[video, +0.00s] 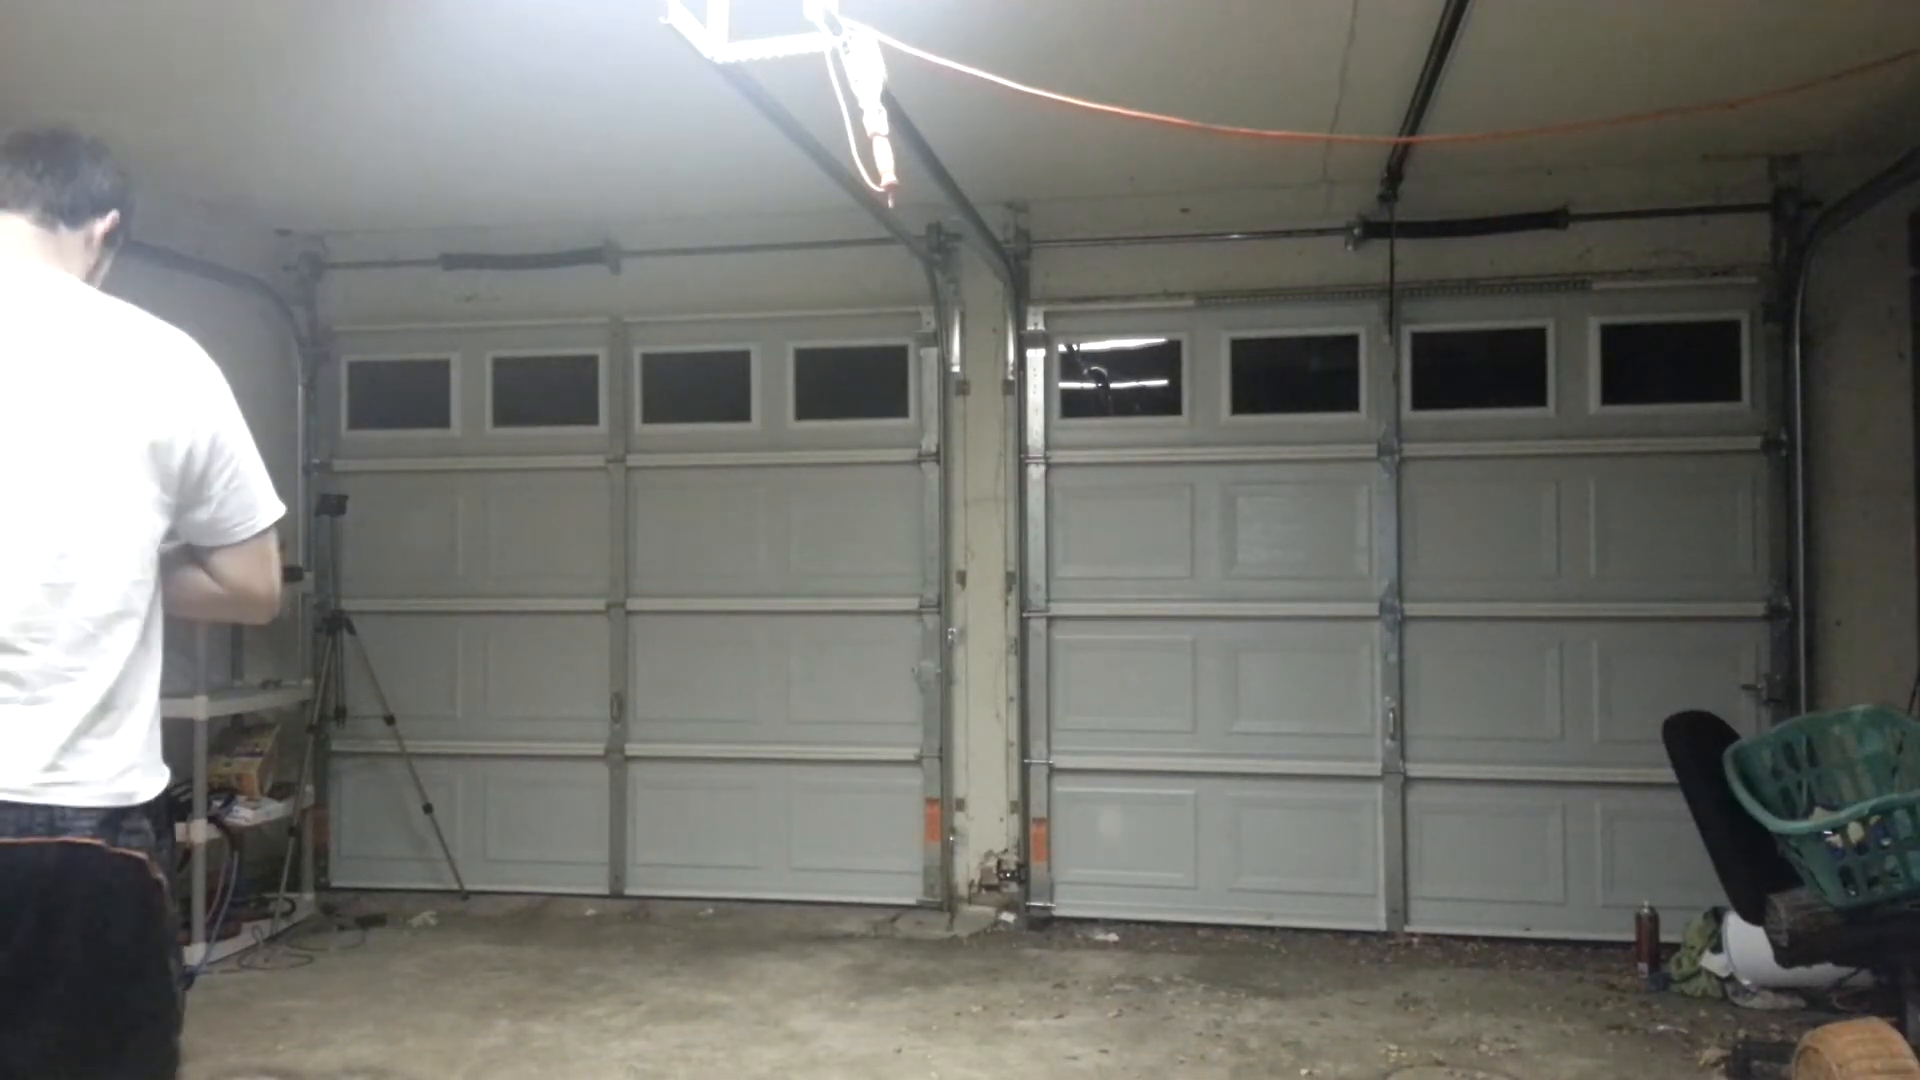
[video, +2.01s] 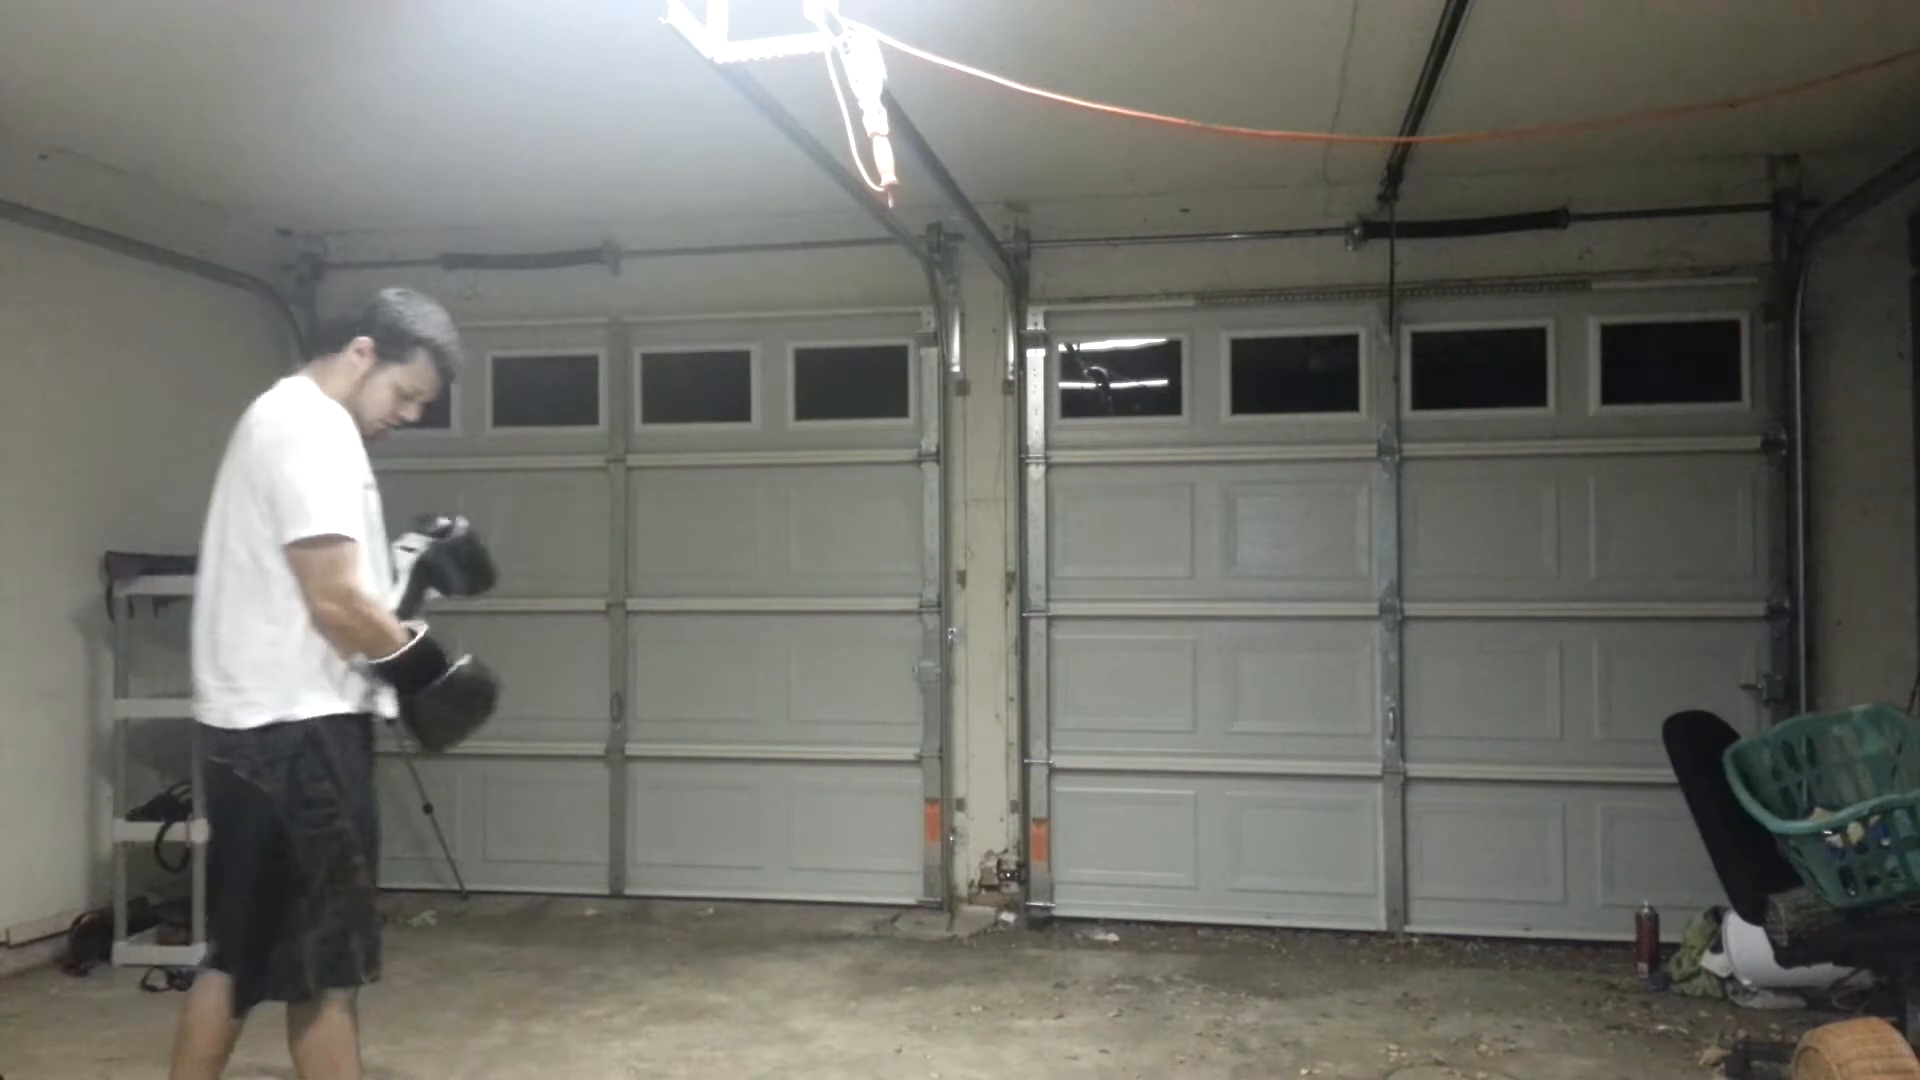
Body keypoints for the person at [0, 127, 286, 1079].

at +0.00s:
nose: (101, 261)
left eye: (104, 250)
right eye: (113, 245)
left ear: (3, 213)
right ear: (103, 230)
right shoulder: (156, 361)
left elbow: (252, 589)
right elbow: (253, 589)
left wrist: (106, 561)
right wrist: (102, 565)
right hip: (75, 849)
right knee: (102, 1062)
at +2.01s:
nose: (405, 421)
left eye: (417, 410)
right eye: (406, 398)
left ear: (356, 358)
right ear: (362, 353)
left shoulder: (286, 415)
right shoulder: (310, 424)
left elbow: (311, 590)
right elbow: (335, 598)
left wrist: (406, 564)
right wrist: (425, 667)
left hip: (253, 727)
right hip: (298, 732)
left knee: (233, 962)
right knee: (324, 972)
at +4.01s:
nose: (580, 311)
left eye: (596, 291)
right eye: (558, 290)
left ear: (617, 298)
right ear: (513, 296)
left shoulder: (658, 420)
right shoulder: (443, 427)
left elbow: (714, 563)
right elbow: (387, 591)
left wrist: (699, 591)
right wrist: (450, 611)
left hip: (647, 748)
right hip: (512, 757)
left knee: (667, 1001)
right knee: (522, 1021)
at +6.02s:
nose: (597, 327)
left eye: (609, 305)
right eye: (576, 299)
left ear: (615, 295)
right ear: (495, 281)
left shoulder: (622, 402)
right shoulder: (378, 393)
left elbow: (769, 465)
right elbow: (403, 569)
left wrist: (921, 474)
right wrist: (497, 409)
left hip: (589, 793)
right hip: (415, 793)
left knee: (621, 1058)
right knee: (391, 1060)